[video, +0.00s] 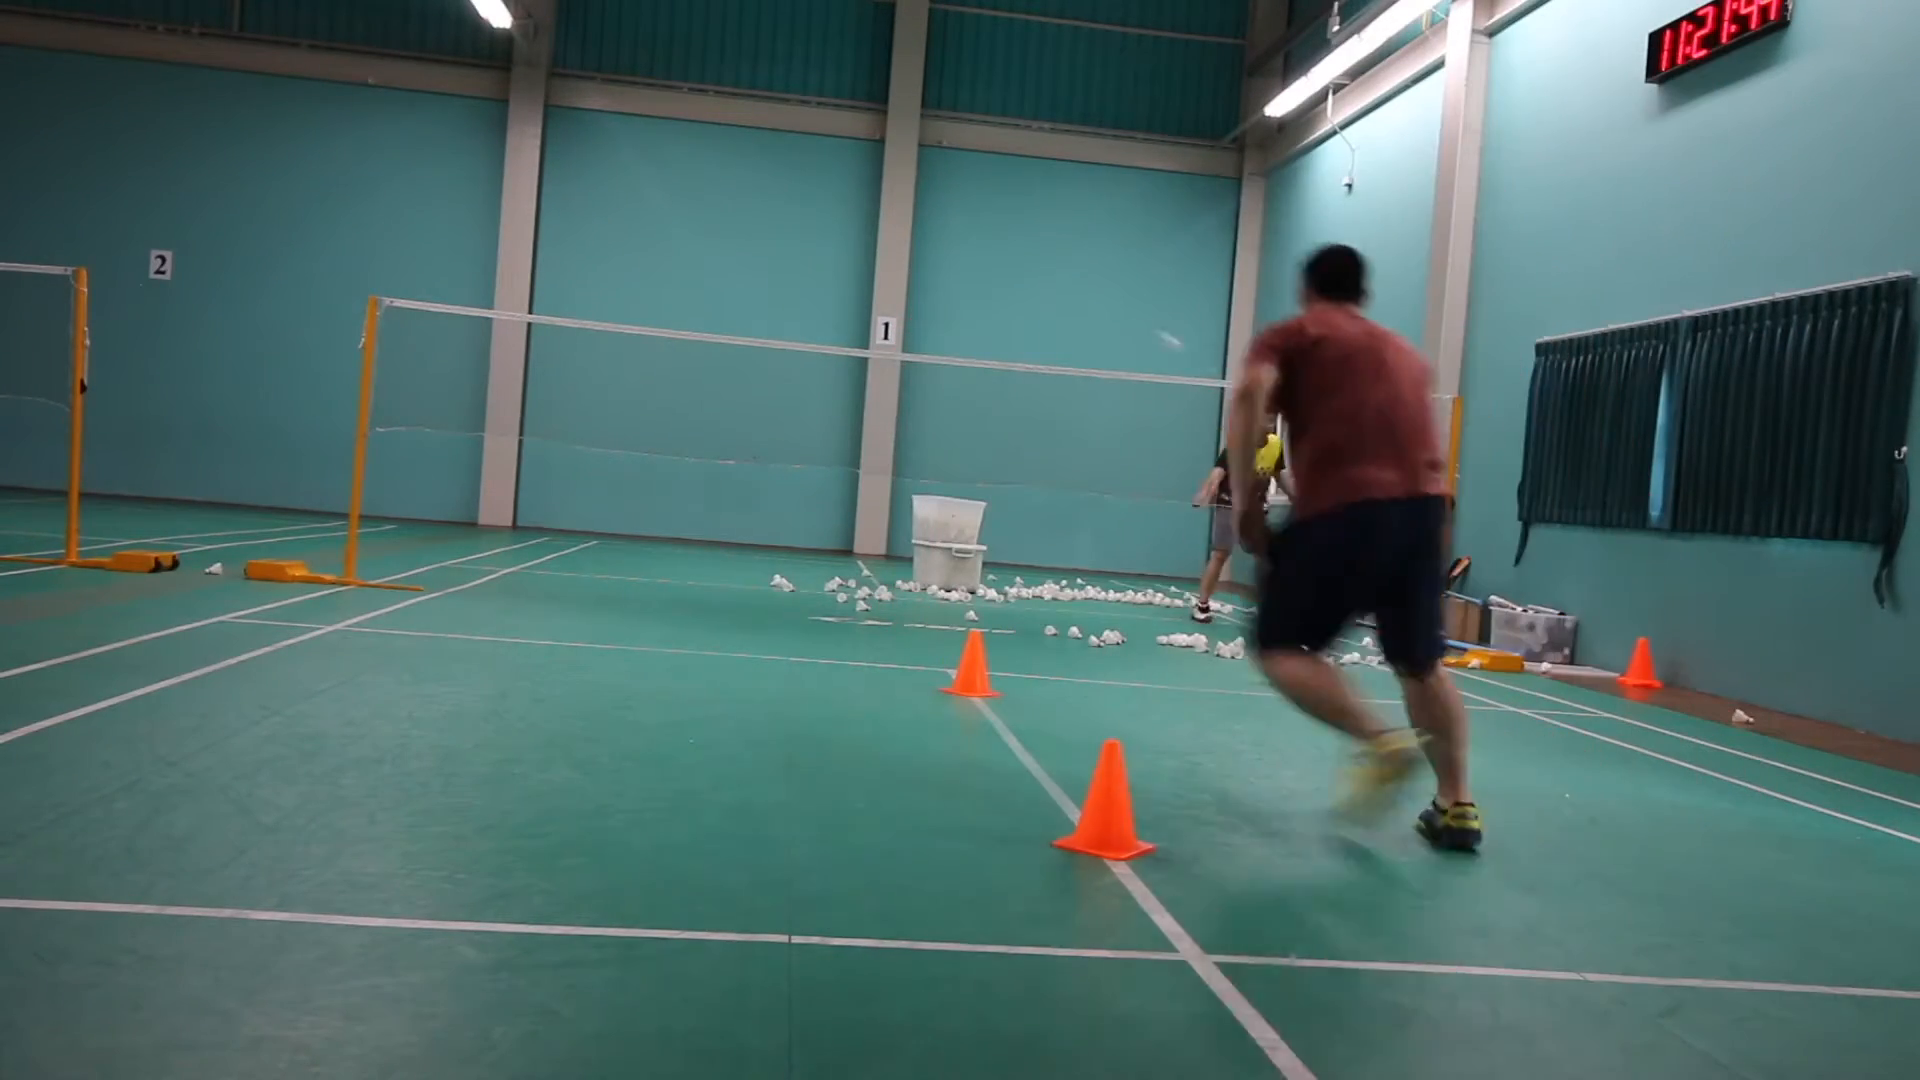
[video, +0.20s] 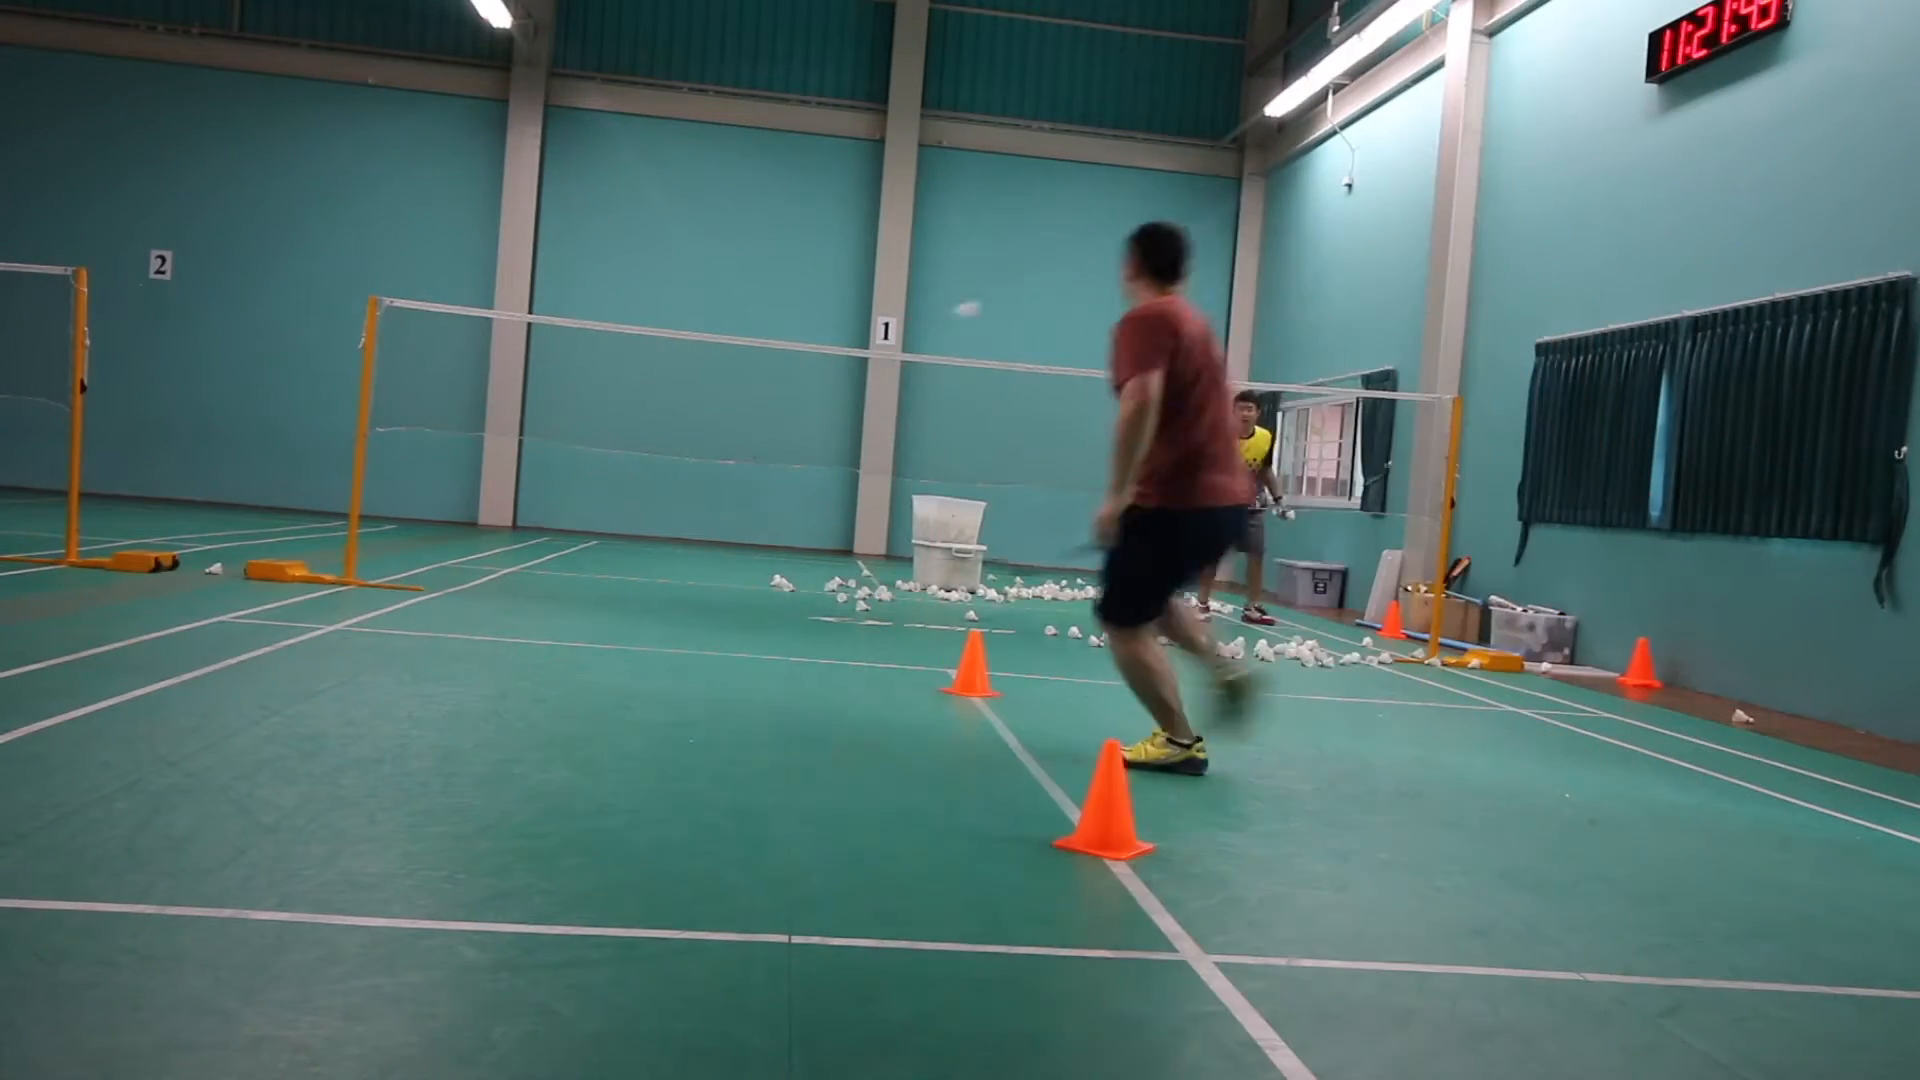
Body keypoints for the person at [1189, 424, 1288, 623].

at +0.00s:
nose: (1270, 420)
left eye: (1273, 415)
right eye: (1265, 414)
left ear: (1277, 419)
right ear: (1254, 416)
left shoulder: (1276, 445)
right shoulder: (1239, 441)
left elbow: (1279, 474)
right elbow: (1221, 467)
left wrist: (1295, 496)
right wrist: (1211, 488)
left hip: (1255, 505)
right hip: (1228, 502)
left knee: (1268, 554)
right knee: (1220, 553)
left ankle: (1270, 608)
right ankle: (1203, 602)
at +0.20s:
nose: (1245, 414)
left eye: (1250, 409)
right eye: (1241, 409)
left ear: (1258, 414)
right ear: (1233, 412)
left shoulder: (1265, 438)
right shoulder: (1222, 436)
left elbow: (1266, 471)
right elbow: (1209, 469)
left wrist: (1278, 499)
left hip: (1251, 506)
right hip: (1221, 503)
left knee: (1255, 555)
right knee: (1211, 556)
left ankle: (1253, 605)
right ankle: (1202, 603)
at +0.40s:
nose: (1248, 412)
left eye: (1253, 408)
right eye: (1244, 408)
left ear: (1262, 412)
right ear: (1239, 412)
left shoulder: (1274, 439)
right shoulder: (1226, 441)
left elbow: (1283, 470)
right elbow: (1213, 477)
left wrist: (1297, 495)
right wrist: (1203, 512)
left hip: (1262, 511)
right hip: (1231, 509)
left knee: (1262, 559)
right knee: (1220, 555)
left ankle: (1252, 607)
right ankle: (1203, 604)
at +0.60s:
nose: (1258, 413)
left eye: (1263, 409)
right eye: (1254, 409)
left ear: (1272, 414)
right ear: (1248, 413)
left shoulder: (1283, 443)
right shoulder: (1235, 445)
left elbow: (1290, 473)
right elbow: (1222, 478)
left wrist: (1301, 497)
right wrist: (1217, 509)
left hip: (1268, 511)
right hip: (1238, 509)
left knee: (1266, 559)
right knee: (1235, 550)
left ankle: (1253, 607)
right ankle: (1222, 603)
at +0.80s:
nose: (1268, 414)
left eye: (1272, 410)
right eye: (1263, 409)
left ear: (1277, 415)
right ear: (1255, 413)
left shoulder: (1280, 445)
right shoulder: (1240, 441)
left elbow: (1281, 476)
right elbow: (1223, 468)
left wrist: (1299, 501)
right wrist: (1237, 495)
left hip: (1259, 508)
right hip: (1234, 505)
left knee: (1261, 558)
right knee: (1235, 554)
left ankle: (1253, 607)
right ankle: (1226, 608)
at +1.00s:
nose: (1274, 406)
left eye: (1278, 403)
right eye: (1269, 402)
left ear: (1279, 410)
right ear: (1257, 405)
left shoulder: (1273, 440)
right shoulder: (1246, 426)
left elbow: (1265, 474)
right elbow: (1245, 404)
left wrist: (1283, 495)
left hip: (1257, 502)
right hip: (1233, 499)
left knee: (1260, 554)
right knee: (1238, 552)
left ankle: (1250, 603)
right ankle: (1226, 606)